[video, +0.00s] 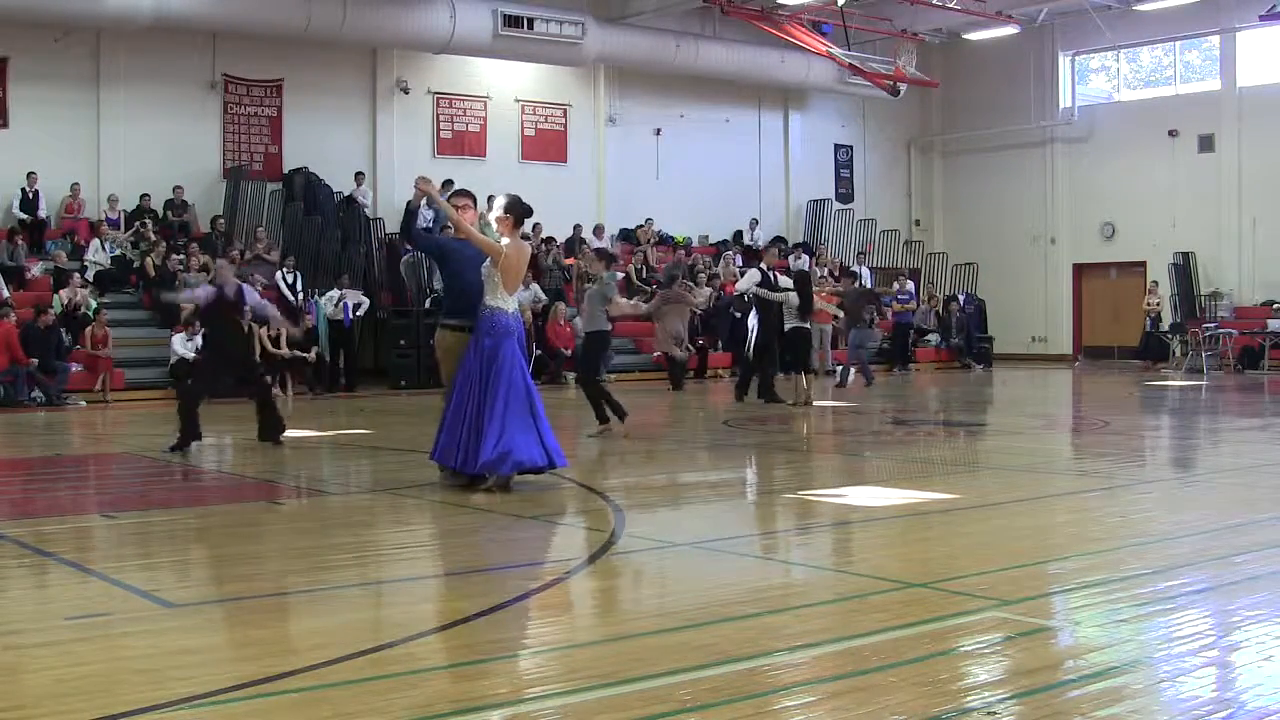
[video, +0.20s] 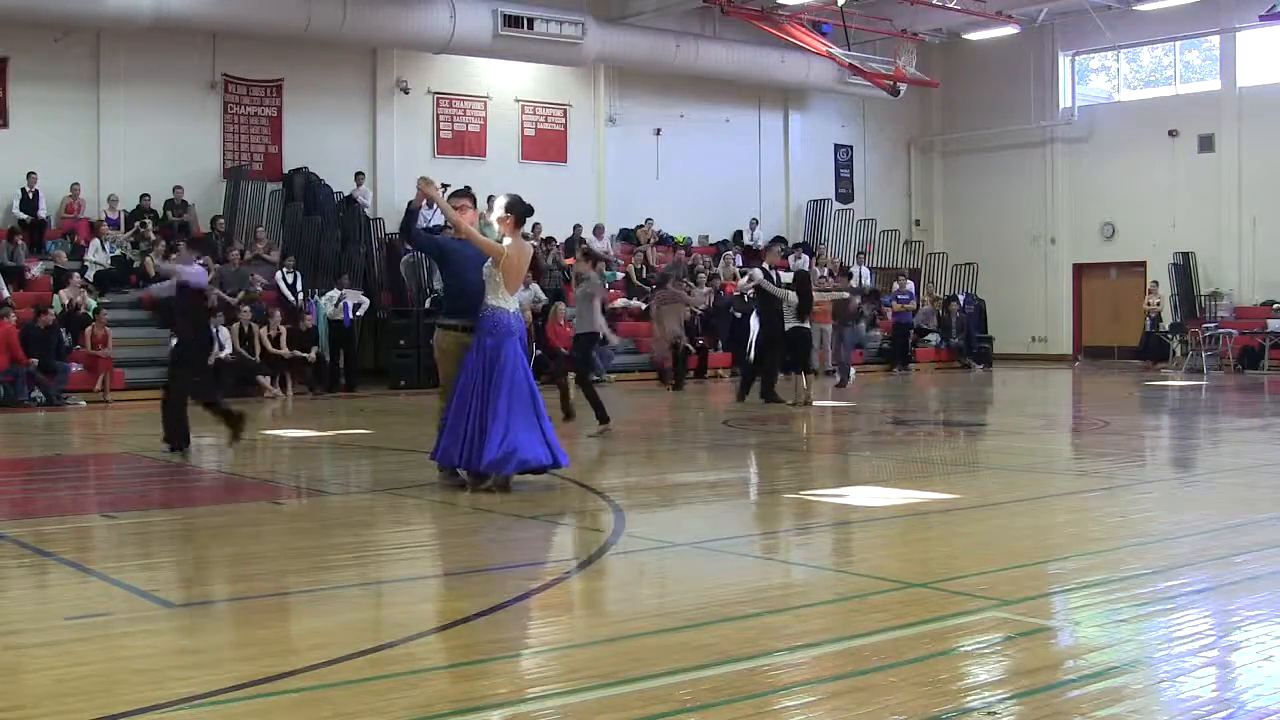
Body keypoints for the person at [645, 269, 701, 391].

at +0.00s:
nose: (682, 284)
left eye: (681, 282)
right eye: (680, 282)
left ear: (666, 280)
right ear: (678, 281)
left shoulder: (661, 295)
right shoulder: (685, 296)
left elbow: (650, 309)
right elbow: (696, 304)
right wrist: (693, 290)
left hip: (665, 326)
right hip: (681, 326)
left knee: (669, 355)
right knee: (681, 353)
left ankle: (675, 382)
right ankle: (679, 381)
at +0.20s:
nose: (674, 283)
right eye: (673, 281)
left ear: (659, 282)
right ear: (670, 281)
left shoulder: (657, 296)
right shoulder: (679, 294)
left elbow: (653, 314)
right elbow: (695, 302)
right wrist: (706, 296)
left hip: (661, 329)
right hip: (676, 328)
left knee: (660, 353)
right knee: (679, 355)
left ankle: (664, 378)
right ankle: (678, 383)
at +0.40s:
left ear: (655, 284)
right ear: (669, 283)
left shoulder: (651, 297)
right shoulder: (673, 294)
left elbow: (648, 314)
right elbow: (685, 301)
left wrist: (648, 327)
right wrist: (700, 297)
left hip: (656, 330)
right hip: (672, 329)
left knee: (653, 357)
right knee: (677, 356)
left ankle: (651, 384)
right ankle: (677, 383)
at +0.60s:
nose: (659, 280)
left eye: (658, 279)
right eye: (658, 279)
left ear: (647, 282)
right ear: (657, 281)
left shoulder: (643, 296)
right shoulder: (666, 294)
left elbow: (637, 315)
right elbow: (681, 303)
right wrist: (696, 298)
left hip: (648, 331)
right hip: (664, 330)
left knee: (649, 358)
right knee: (672, 353)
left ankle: (650, 384)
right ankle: (674, 381)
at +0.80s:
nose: (658, 280)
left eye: (656, 278)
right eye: (656, 278)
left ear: (645, 281)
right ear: (654, 280)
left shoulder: (641, 297)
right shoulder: (664, 295)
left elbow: (631, 316)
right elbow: (678, 303)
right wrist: (691, 302)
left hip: (645, 332)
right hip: (661, 332)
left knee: (647, 360)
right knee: (659, 359)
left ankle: (650, 385)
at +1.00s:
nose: (657, 286)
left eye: (656, 283)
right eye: (656, 284)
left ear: (645, 285)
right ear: (653, 285)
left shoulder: (642, 300)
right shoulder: (662, 298)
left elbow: (641, 315)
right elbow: (670, 313)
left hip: (649, 327)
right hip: (662, 327)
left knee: (652, 356)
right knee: (656, 356)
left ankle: (649, 382)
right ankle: (645, 383)